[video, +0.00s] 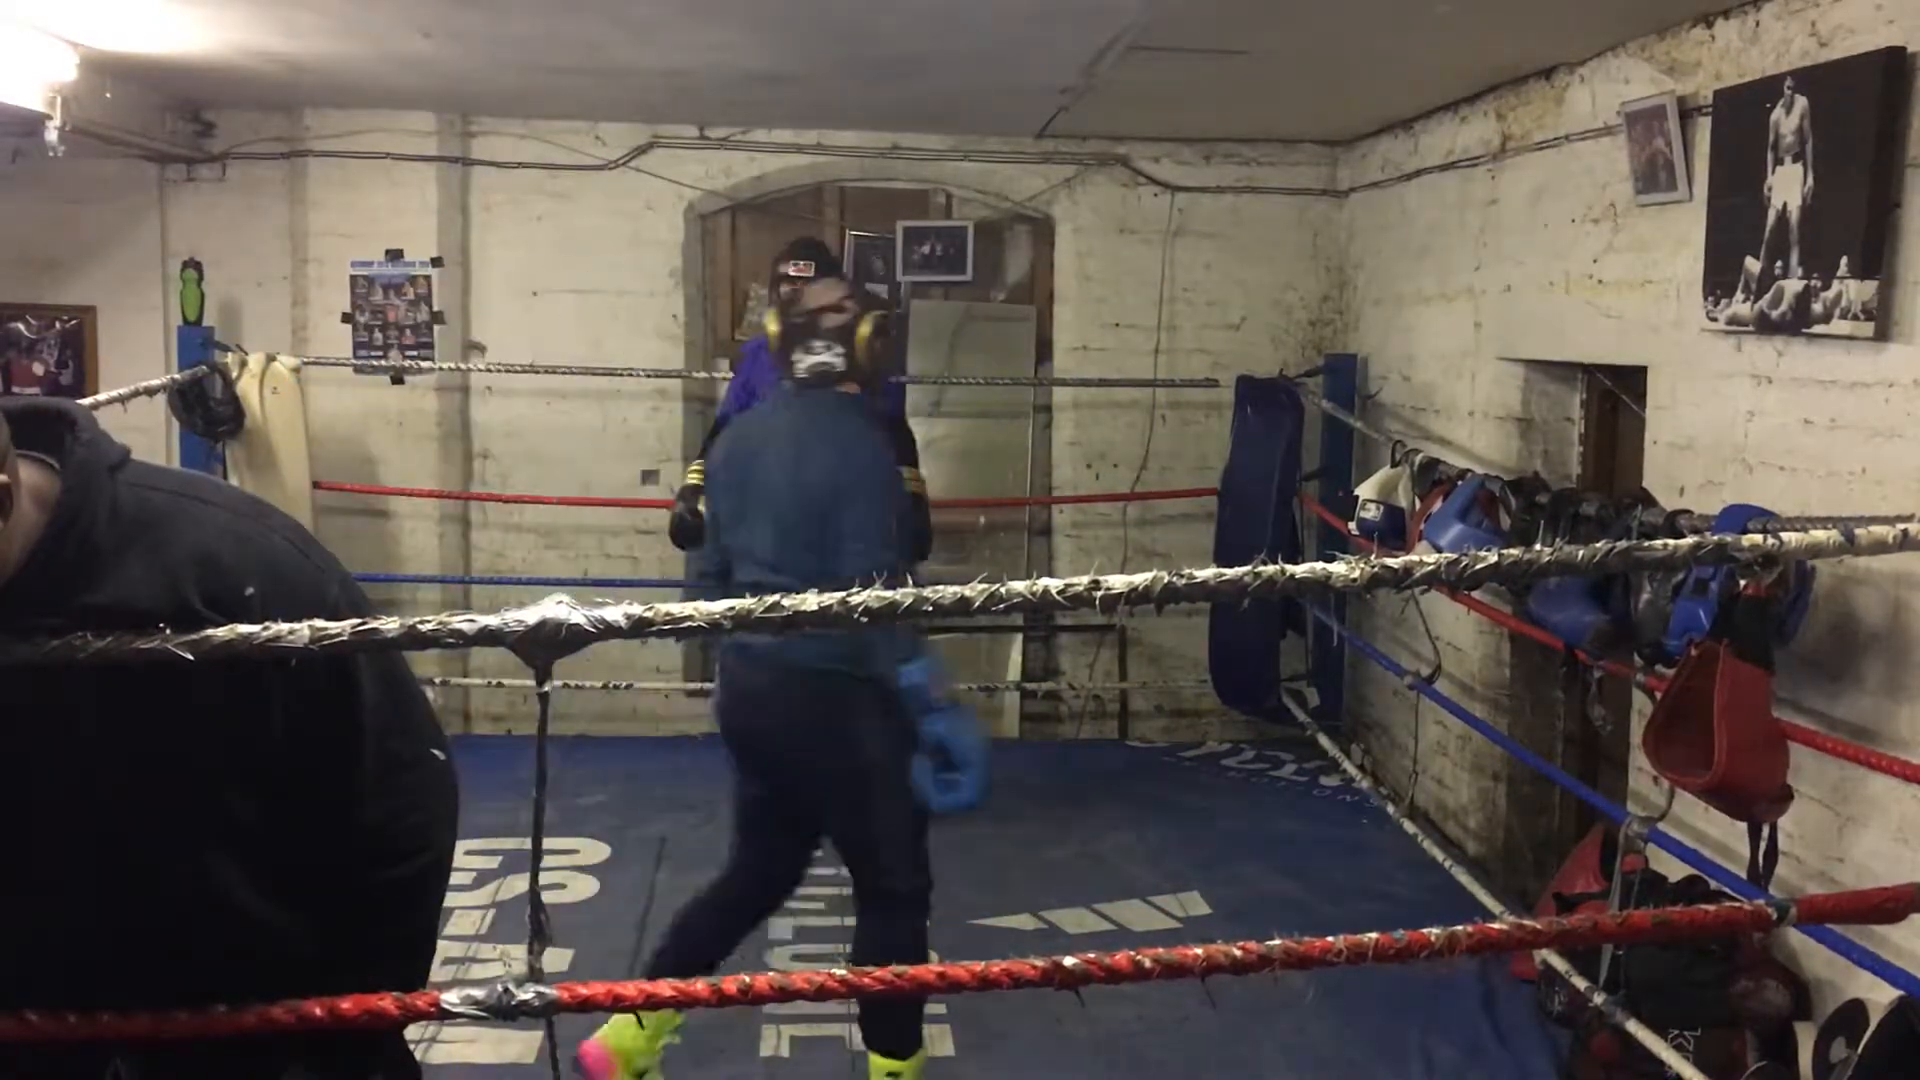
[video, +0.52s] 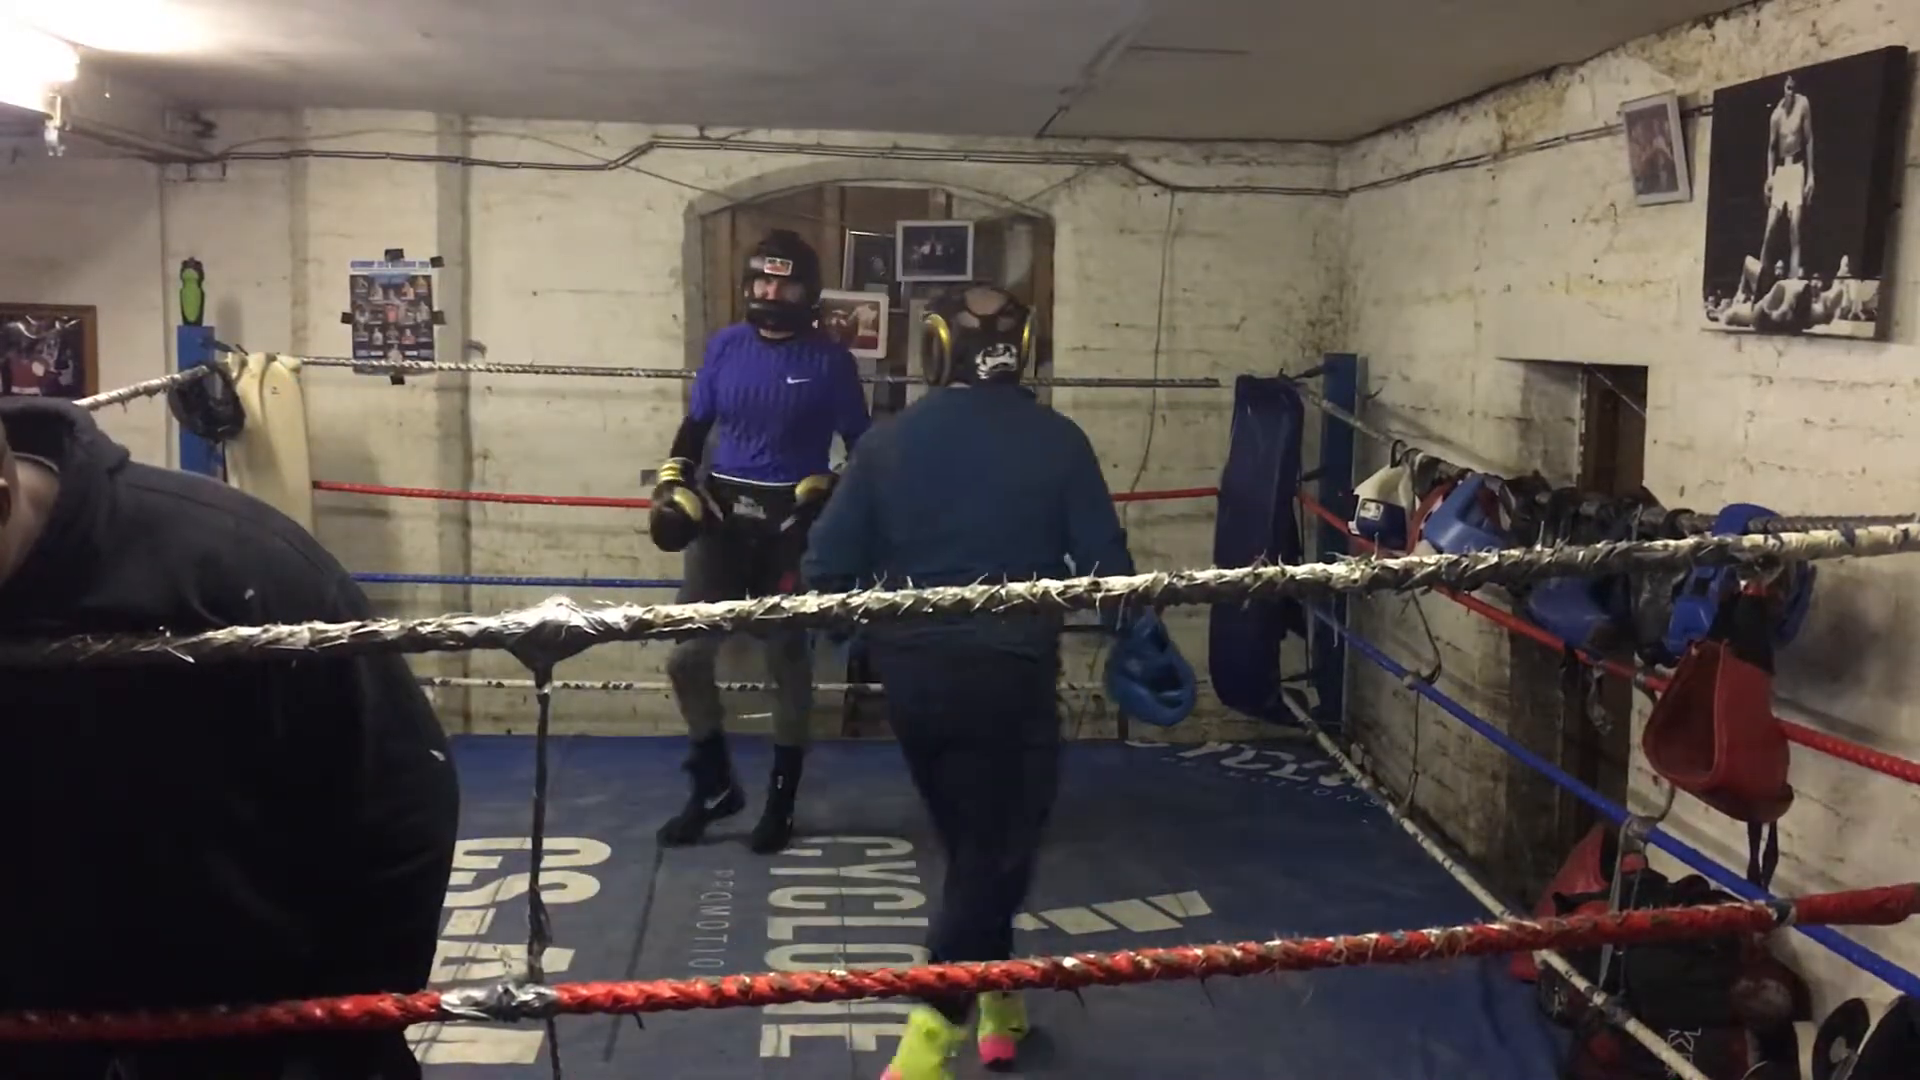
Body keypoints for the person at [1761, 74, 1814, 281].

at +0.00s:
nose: (1788, 92)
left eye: (1791, 89)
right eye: (1787, 88)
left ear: (1796, 90)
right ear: (1783, 89)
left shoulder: (1801, 104)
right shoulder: (1775, 114)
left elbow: (1808, 139)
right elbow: (1771, 146)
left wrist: (1810, 174)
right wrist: (1769, 175)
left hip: (1797, 163)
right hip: (1779, 165)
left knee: (1794, 220)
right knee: (1771, 220)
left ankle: (1794, 268)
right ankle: (1762, 268)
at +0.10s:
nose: (1788, 92)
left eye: (1791, 89)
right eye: (1787, 88)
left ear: (1795, 90)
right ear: (1783, 89)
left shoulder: (1801, 105)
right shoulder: (1775, 115)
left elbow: (1808, 139)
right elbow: (1771, 146)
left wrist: (1810, 174)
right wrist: (1769, 176)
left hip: (1797, 164)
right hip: (1779, 165)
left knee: (1794, 220)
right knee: (1771, 221)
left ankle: (1794, 269)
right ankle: (1762, 269)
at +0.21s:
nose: (1788, 92)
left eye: (1791, 89)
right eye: (1787, 88)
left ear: (1796, 90)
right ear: (1783, 89)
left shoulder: (1801, 104)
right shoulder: (1775, 114)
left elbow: (1808, 139)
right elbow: (1771, 146)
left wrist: (1810, 174)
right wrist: (1769, 175)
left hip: (1797, 163)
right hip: (1779, 165)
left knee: (1794, 220)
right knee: (1771, 220)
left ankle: (1794, 268)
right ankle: (1762, 268)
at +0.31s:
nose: (1789, 92)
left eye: (1792, 89)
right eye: (1787, 88)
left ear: (1796, 90)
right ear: (1783, 89)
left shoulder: (1802, 104)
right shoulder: (1775, 114)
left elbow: (1808, 139)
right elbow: (1771, 146)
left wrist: (1810, 175)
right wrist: (1769, 176)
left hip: (1797, 164)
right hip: (1780, 166)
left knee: (1794, 220)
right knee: (1771, 220)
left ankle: (1794, 268)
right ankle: (1762, 268)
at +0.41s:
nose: (1788, 93)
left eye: (1792, 89)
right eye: (1787, 89)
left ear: (1796, 90)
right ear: (1783, 89)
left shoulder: (1802, 105)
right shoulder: (1775, 114)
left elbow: (1809, 139)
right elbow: (1771, 146)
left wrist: (1810, 175)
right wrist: (1769, 176)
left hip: (1797, 164)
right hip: (1780, 166)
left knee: (1795, 220)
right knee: (1771, 221)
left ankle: (1794, 268)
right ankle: (1762, 268)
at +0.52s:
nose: (1789, 93)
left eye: (1792, 89)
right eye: (1787, 88)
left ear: (1797, 90)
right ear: (1783, 89)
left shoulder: (1802, 104)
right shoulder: (1776, 114)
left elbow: (1809, 139)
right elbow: (1771, 146)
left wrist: (1810, 175)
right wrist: (1769, 176)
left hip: (1798, 164)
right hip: (1780, 165)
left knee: (1795, 220)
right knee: (1771, 220)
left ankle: (1795, 268)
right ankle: (1762, 268)